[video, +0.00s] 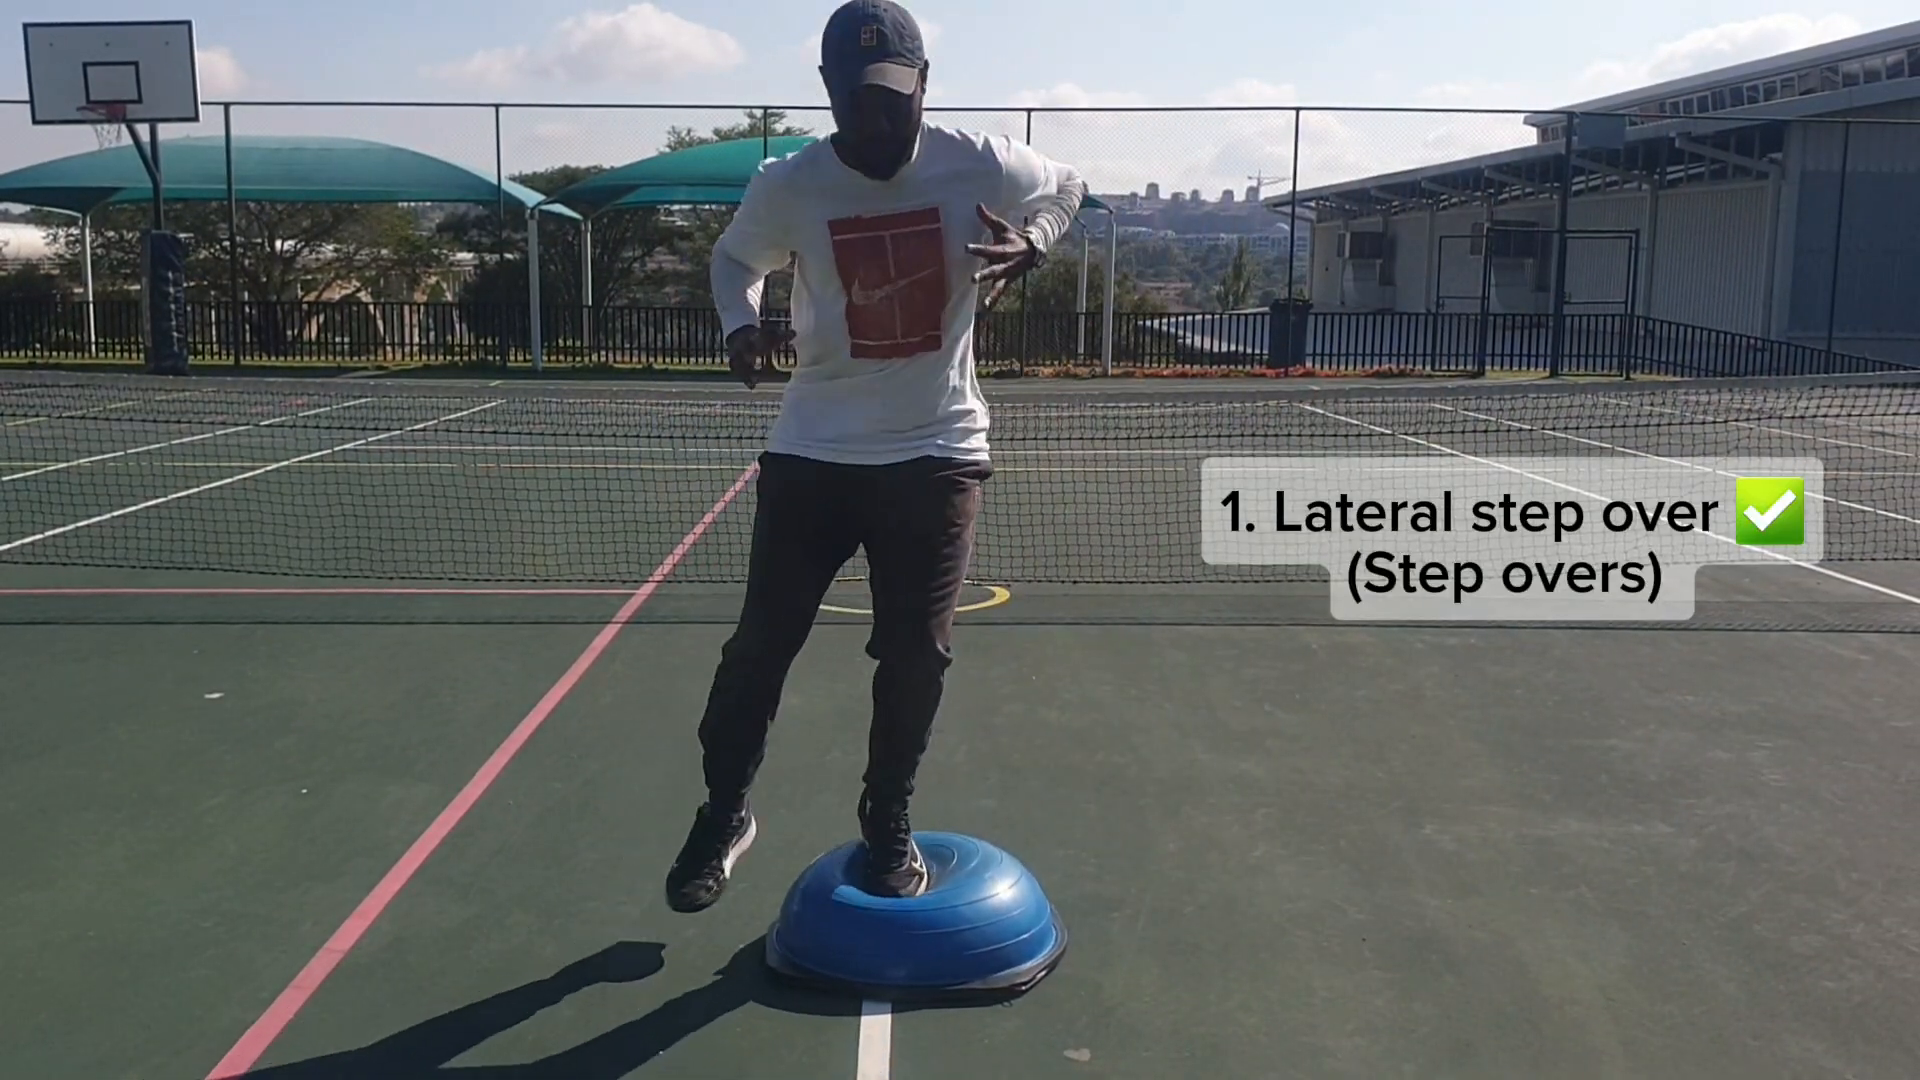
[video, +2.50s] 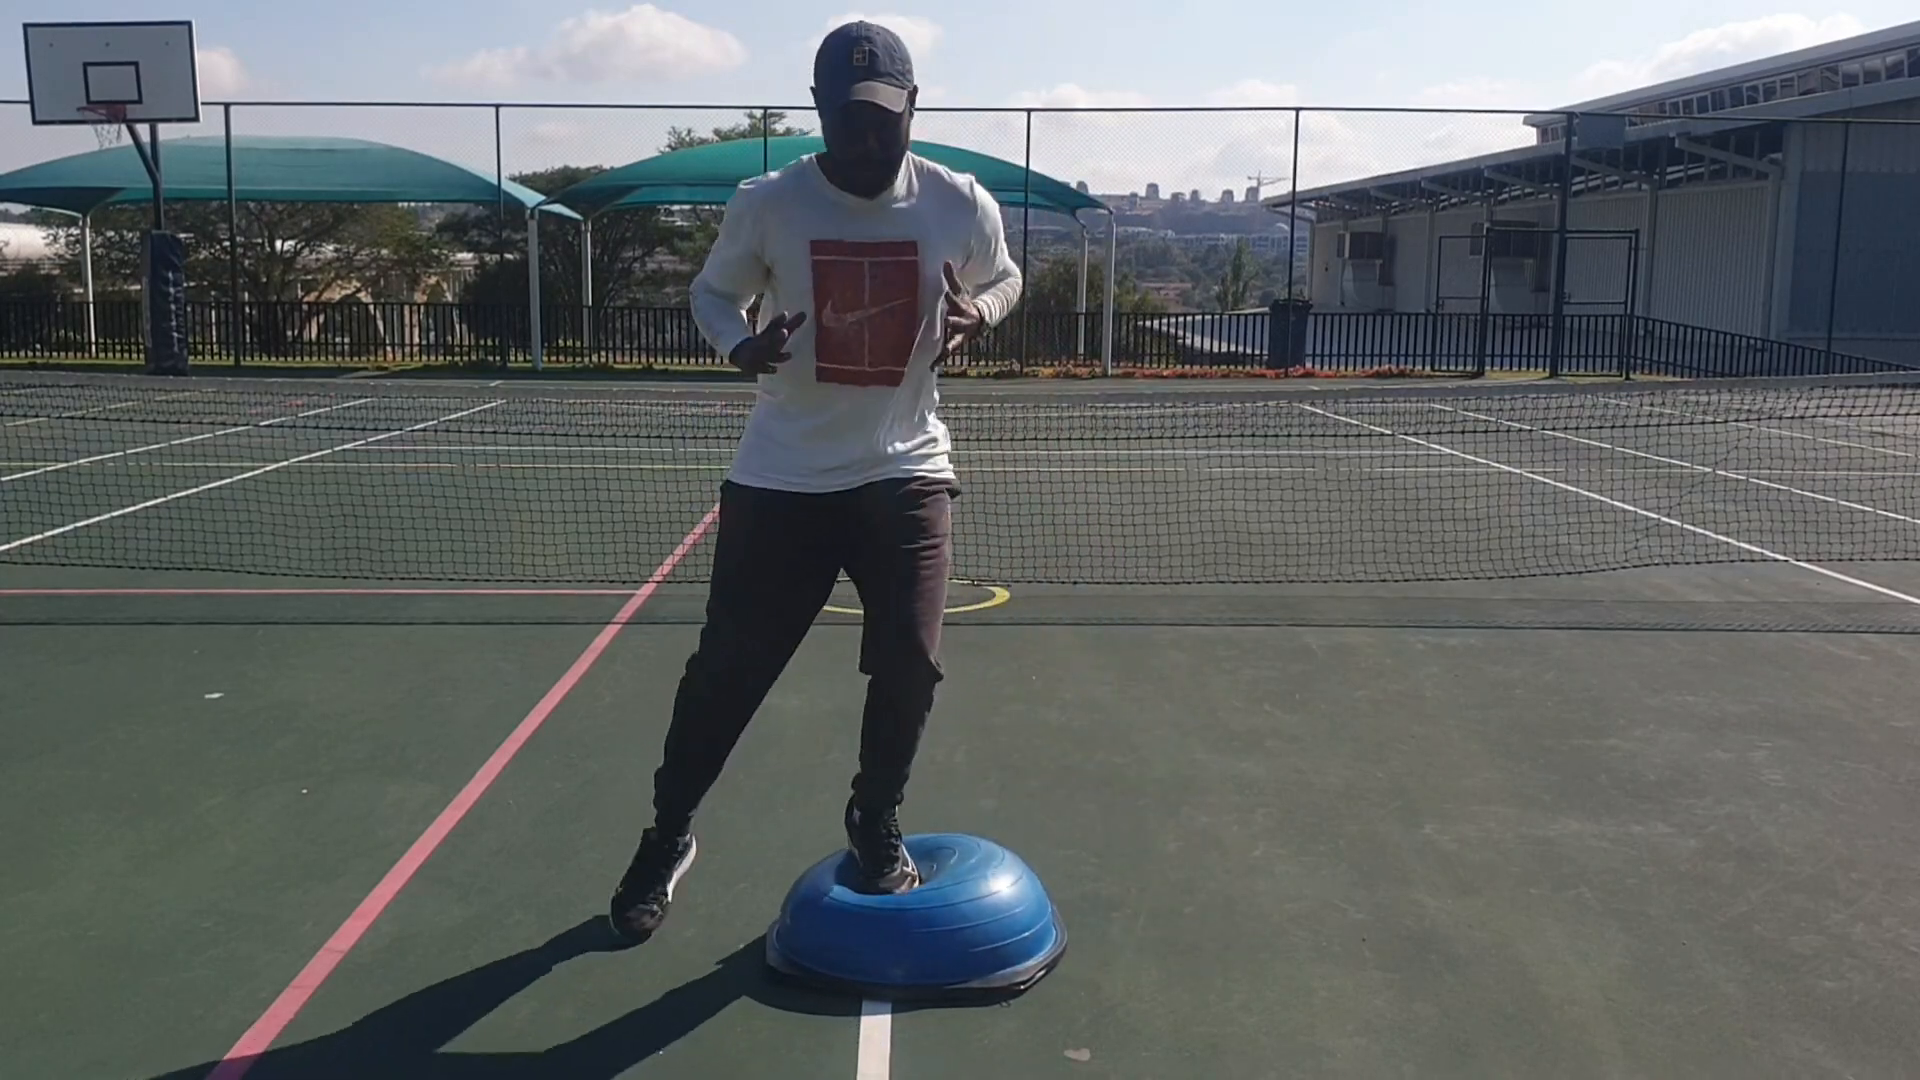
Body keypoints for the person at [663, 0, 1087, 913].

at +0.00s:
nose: (891, 119)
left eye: (904, 98)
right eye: (869, 100)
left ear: (927, 86)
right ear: (832, 94)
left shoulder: (975, 165)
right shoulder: (787, 186)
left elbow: (1065, 190)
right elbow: (735, 261)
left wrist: (1034, 238)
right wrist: (743, 320)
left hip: (936, 447)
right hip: (813, 448)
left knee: (916, 654)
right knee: (763, 640)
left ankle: (888, 827)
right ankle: (723, 815)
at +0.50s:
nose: (976, 235)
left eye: (994, 216)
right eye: (959, 215)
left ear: (1022, 206)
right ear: (930, 206)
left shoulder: (1079, 294)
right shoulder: (885, 295)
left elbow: (1152, 382)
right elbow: (876, 369)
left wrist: (1113, 435)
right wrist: (886, 424)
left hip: (1066, 524)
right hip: (941, 521)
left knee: (1139, 699)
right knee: (897, 679)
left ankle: (1180, 856)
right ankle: (929, 807)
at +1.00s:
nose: (826, 176)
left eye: (842, 157)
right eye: (806, 158)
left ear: (867, 146)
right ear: (771, 149)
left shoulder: (915, 232)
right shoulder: (718, 233)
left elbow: (969, 275)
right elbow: (700, 285)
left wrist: (936, 348)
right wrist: (710, 376)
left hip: (864, 495)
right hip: (738, 502)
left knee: (911, 671)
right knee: (664, 699)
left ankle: (862, 809)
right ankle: (601, 878)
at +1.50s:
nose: (953, 97)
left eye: (968, 79)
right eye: (935, 79)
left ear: (992, 64)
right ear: (900, 60)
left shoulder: (1035, 143)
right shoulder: (841, 152)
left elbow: (1102, 198)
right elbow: (761, 204)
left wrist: (1077, 258)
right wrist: (775, 295)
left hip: (1018, 397)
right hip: (896, 405)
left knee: (1071, 587)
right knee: (900, 611)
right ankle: (933, 771)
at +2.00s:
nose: (944, 96)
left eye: (961, 80)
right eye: (928, 76)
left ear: (987, 69)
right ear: (897, 59)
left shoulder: (1030, 150)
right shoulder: (842, 143)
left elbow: (1106, 208)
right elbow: (803, 180)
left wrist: (1063, 262)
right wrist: (804, 281)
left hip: (995, 399)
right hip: (874, 408)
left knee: (1053, 591)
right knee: (870, 615)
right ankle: (911, 769)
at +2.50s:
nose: (867, 131)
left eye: (883, 113)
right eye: (850, 113)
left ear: (913, 108)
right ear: (819, 108)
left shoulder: (963, 209)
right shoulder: (766, 204)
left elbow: (1006, 279)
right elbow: (709, 294)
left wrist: (977, 311)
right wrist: (738, 339)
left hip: (905, 469)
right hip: (782, 474)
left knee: (912, 662)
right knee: (727, 670)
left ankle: (875, 826)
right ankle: (667, 841)